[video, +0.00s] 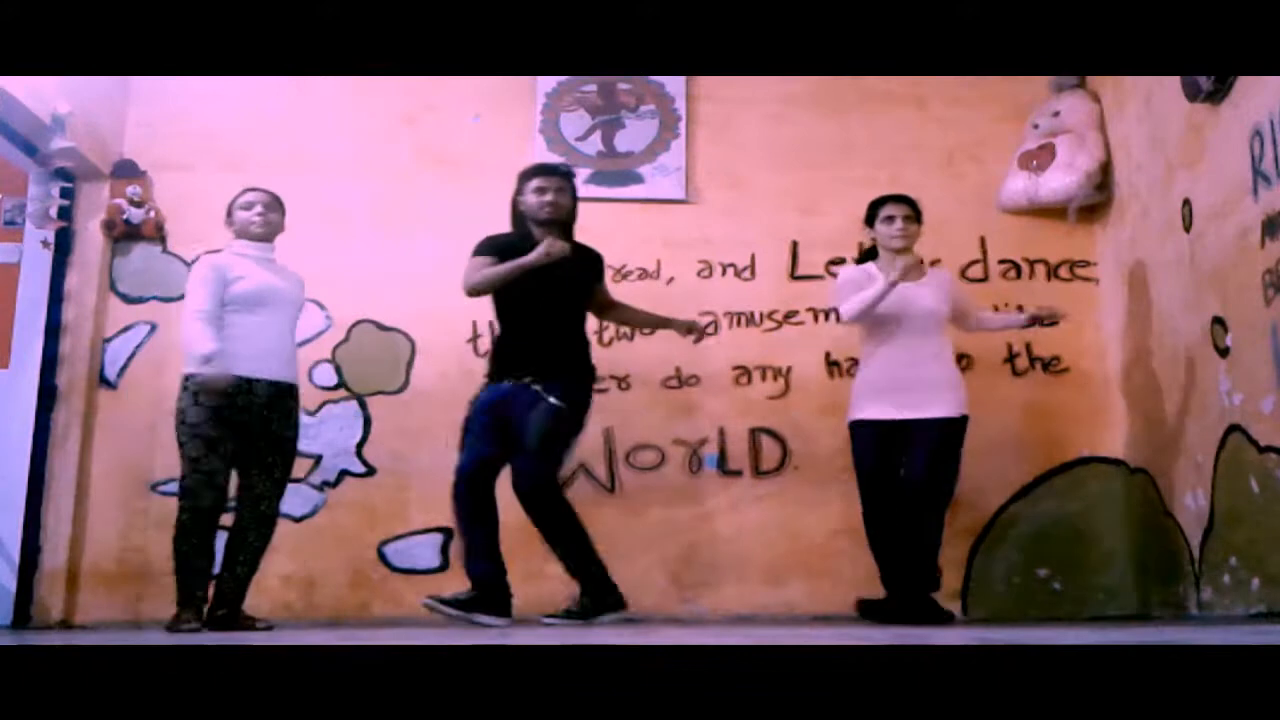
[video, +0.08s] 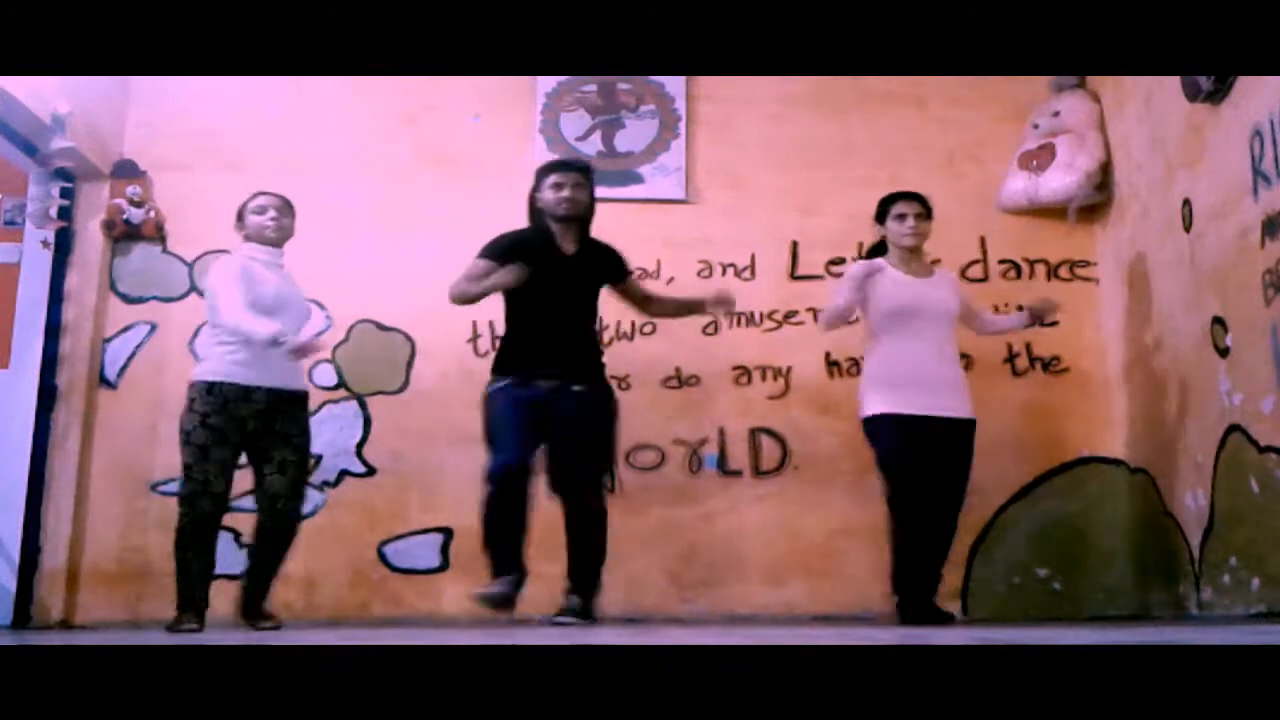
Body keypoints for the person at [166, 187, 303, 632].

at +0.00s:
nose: (260, 212)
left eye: (270, 208)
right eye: (248, 206)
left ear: (282, 225)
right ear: (229, 221)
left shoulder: (293, 281)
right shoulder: (214, 263)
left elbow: (284, 340)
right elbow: (198, 319)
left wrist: (286, 390)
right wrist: (207, 364)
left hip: (276, 400)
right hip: (216, 392)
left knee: (261, 509)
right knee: (202, 500)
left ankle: (228, 607)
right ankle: (190, 607)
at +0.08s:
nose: (273, 217)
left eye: (282, 213)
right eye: (260, 211)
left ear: (292, 229)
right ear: (241, 225)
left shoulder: (293, 289)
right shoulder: (228, 266)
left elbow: (294, 337)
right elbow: (230, 317)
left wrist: (306, 345)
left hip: (283, 399)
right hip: (222, 394)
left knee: (283, 506)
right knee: (202, 501)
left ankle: (253, 603)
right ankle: (191, 608)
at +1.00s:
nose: (388, 234)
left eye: (394, 230)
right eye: (378, 230)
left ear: (403, 240)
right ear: (361, 241)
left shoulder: (389, 279)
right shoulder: (367, 271)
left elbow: (394, 340)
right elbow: (350, 324)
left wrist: (414, 384)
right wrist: (381, 365)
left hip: (382, 380)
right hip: (376, 379)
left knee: (389, 471)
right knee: (425, 455)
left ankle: (369, 564)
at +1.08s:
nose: (388, 235)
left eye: (394, 230)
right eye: (377, 230)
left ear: (402, 240)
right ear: (361, 242)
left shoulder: (389, 279)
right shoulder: (366, 272)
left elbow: (390, 338)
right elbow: (345, 326)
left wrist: (411, 382)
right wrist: (368, 366)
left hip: (384, 379)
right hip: (373, 378)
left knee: (391, 468)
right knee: (434, 449)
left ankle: (369, 564)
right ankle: (440, 541)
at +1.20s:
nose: (388, 234)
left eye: (394, 229)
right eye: (377, 229)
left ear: (403, 241)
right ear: (362, 242)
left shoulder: (394, 283)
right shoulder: (363, 275)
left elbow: (400, 340)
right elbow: (338, 323)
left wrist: (413, 380)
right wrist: (341, 372)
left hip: (393, 378)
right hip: (371, 375)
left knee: (388, 472)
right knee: (417, 451)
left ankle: (369, 564)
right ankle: (443, 540)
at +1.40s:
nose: (381, 235)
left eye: (389, 231)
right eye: (371, 230)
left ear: (399, 244)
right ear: (356, 243)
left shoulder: (397, 294)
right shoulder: (353, 279)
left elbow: (401, 352)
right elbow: (313, 323)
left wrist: (436, 384)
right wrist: (312, 380)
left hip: (391, 382)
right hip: (362, 378)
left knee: (397, 462)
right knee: (393, 459)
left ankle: (370, 561)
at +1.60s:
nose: (369, 239)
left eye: (378, 236)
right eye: (360, 234)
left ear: (389, 250)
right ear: (346, 246)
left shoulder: (400, 298)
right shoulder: (336, 284)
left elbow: (409, 345)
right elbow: (305, 337)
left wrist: (424, 361)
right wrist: (294, 393)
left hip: (387, 392)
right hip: (343, 388)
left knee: (401, 470)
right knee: (359, 469)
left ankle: (371, 564)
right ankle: (321, 558)